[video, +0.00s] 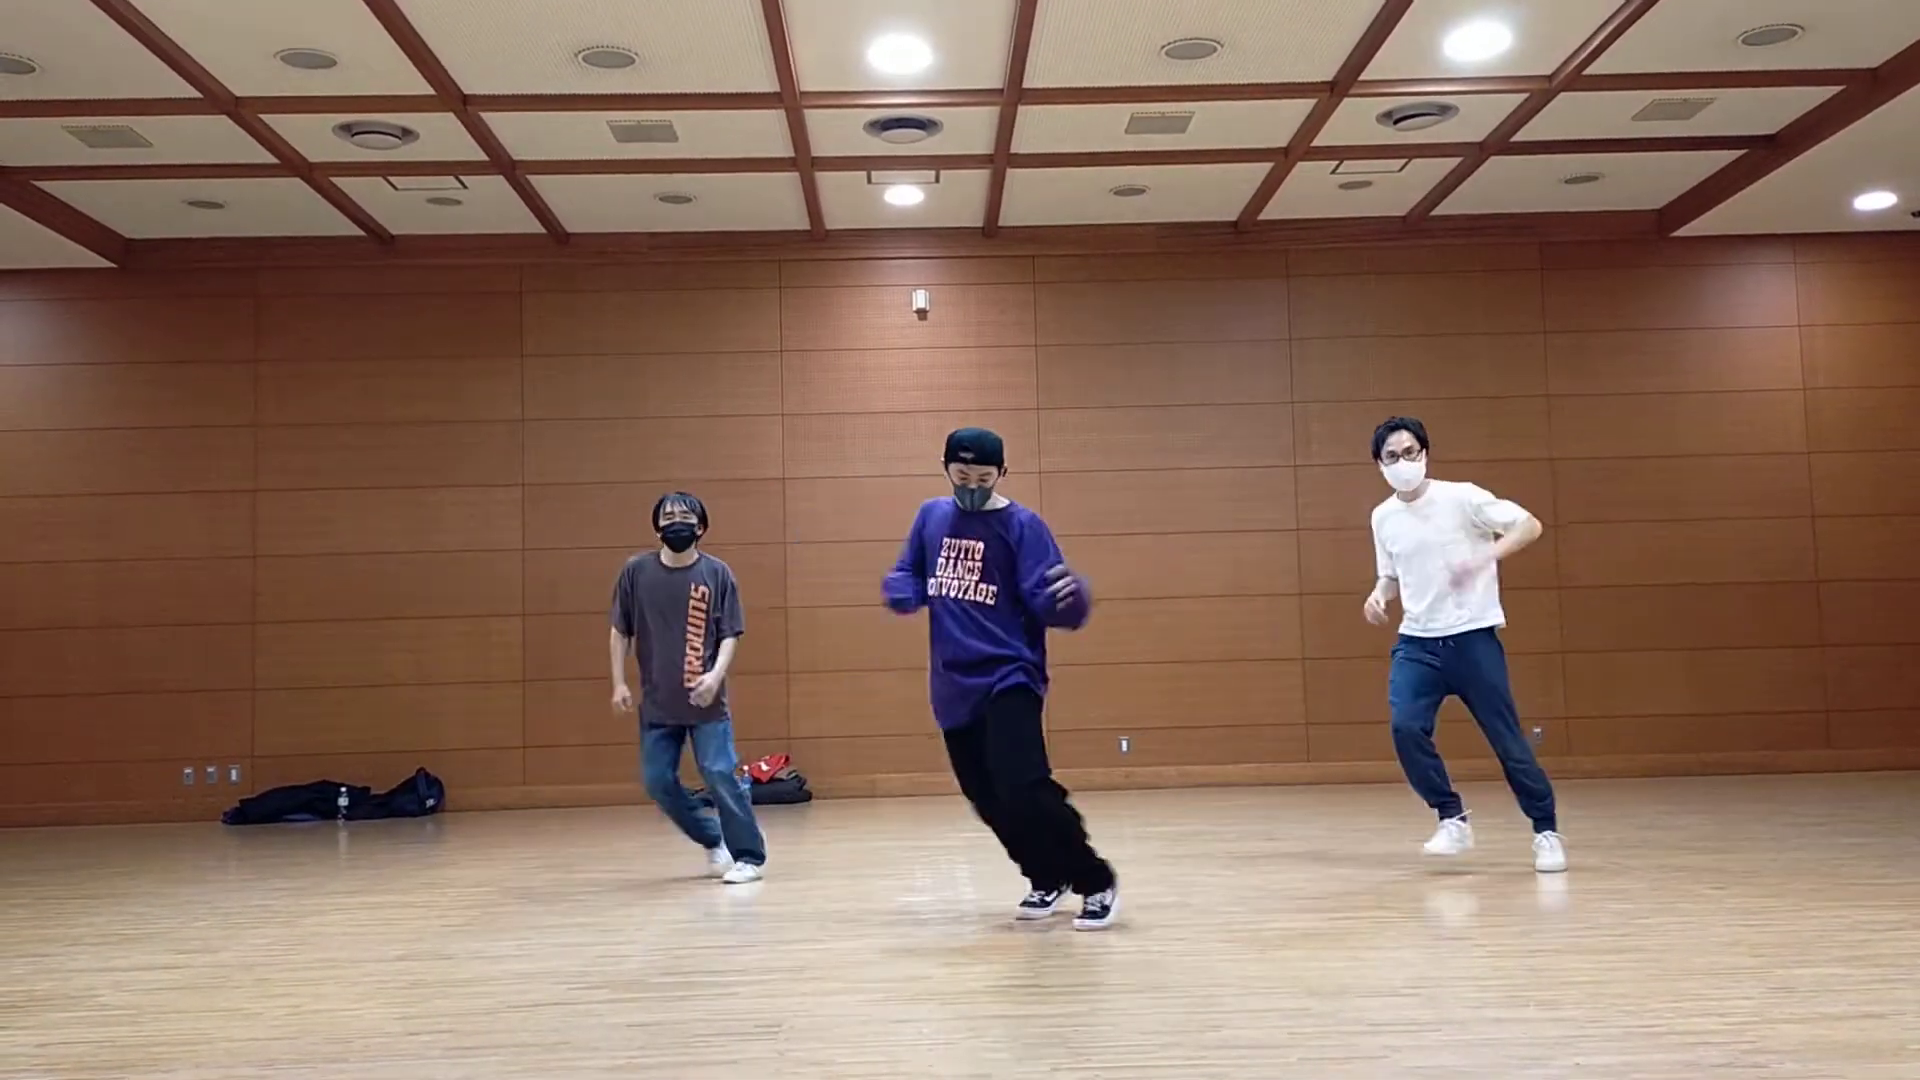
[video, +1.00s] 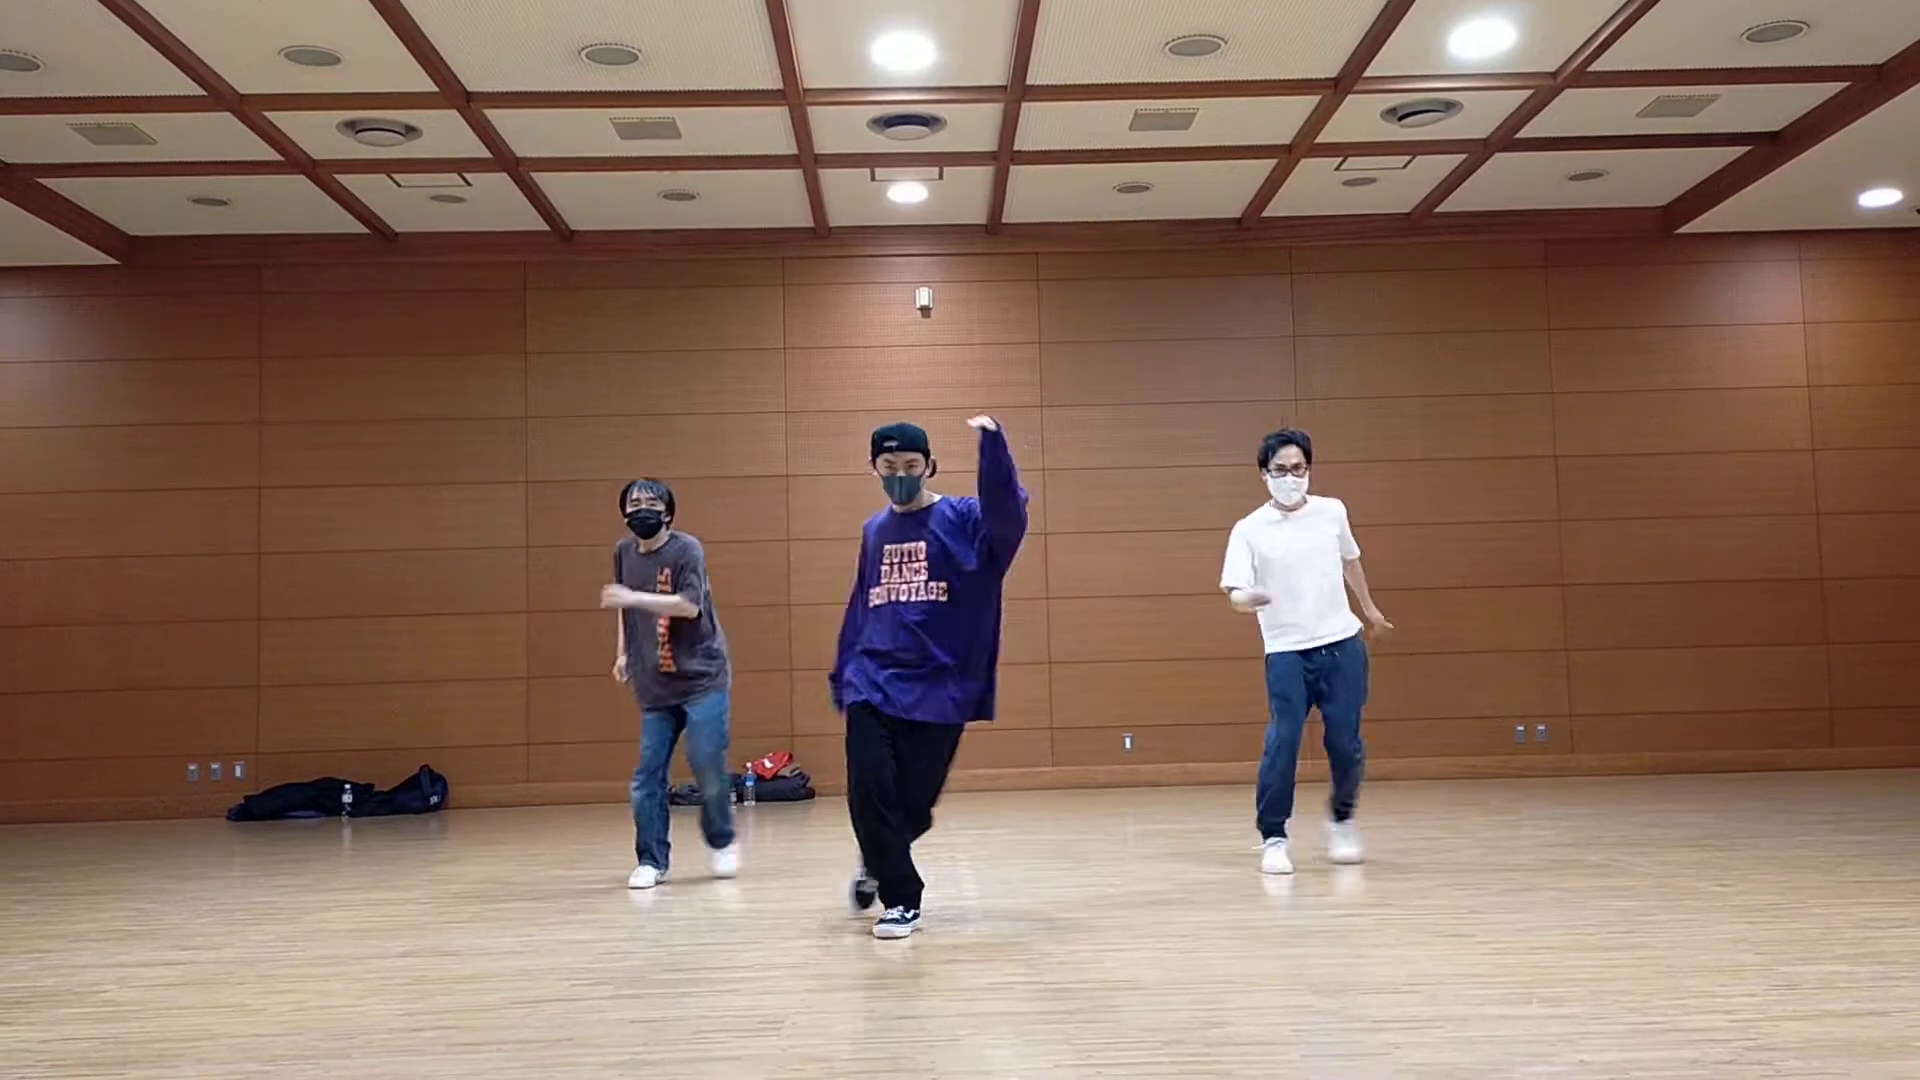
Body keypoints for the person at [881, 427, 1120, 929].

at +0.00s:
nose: (971, 482)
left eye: (982, 473)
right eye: (962, 472)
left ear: (998, 474)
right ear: (948, 471)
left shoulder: (1022, 527)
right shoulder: (931, 518)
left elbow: (1051, 602)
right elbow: (905, 577)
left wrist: (1071, 598)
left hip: (1009, 677)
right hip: (953, 684)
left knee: (1021, 786)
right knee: (986, 797)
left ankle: (1097, 882)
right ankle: (1046, 877)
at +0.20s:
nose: (945, 472)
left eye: (955, 463)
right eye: (935, 463)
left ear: (974, 463)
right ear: (923, 463)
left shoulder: (999, 509)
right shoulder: (921, 507)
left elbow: (1009, 593)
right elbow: (905, 571)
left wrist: (985, 658)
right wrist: (949, 537)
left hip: (1007, 670)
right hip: (947, 672)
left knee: (1030, 785)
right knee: (905, 772)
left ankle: (1111, 883)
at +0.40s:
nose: (899, 459)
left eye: (910, 451)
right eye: (890, 450)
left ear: (927, 454)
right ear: (876, 453)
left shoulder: (959, 502)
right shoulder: (866, 501)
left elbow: (1014, 557)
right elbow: (854, 564)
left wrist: (1068, 597)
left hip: (952, 668)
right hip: (890, 668)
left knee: (968, 778)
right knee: (857, 776)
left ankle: (1058, 877)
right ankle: (839, 894)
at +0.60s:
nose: (874, 443)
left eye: (884, 434)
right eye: (864, 434)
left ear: (902, 438)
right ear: (851, 440)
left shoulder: (947, 485)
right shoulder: (841, 505)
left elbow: (1018, 494)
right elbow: (807, 575)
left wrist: (1084, 477)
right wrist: (806, 636)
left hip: (930, 650)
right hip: (864, 649)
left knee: (891, 770)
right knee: (850, 766)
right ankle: (825, 882)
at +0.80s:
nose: (882, 470)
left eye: (892, 461)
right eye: (872, 462)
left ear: (911, 462)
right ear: (858, 466)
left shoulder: (951, 518)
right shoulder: (852, 516)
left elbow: (1016, 538)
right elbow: (847, 586)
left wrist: (1048, 482)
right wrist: (848, 642)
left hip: (920, 674)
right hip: (853, 664)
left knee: (881, 784)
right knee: (854, 777)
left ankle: (851, 878)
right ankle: (889, 893)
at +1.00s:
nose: (901, 475)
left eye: (911, 465)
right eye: (890, 466)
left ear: (929, 468)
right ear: (876, 471)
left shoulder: (964, 518)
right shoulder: (877, 531)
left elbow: (1006, 517)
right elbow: (860, 607)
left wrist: (993, 446)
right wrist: (845, 673)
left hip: (942, 685)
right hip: (876, 679)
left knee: (915, 803)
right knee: (868, 788)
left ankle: (875, 863)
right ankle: (900, 900)